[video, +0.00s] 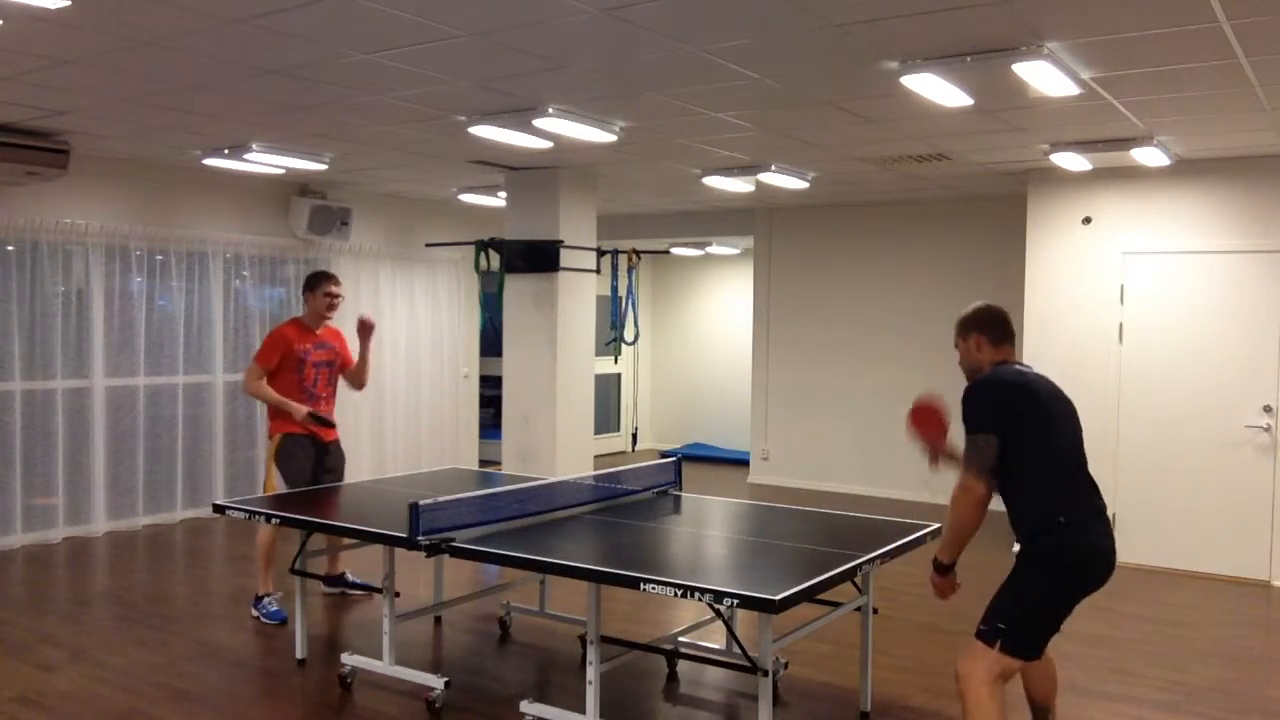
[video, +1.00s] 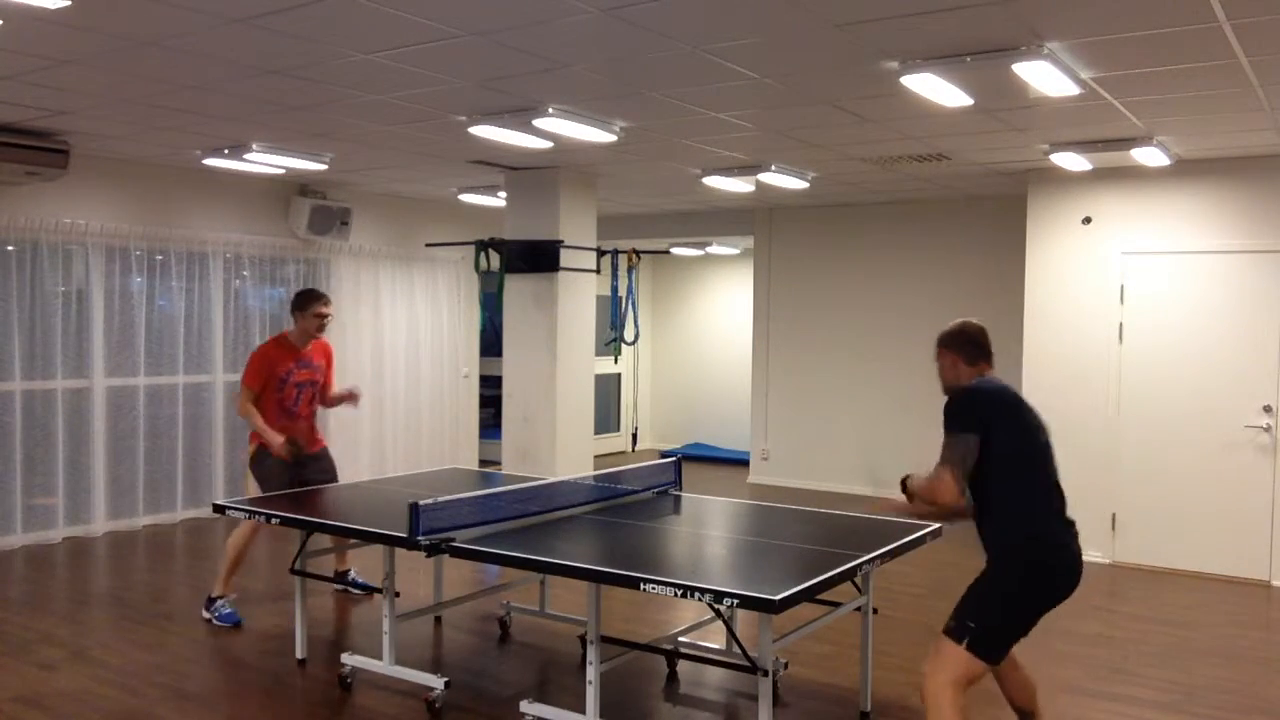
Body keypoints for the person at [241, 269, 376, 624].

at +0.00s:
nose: (334, 303)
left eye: (338, 298)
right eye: (328, 296)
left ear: (338, 302)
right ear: (308, 297)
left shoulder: (334, 337)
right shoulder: (285, 334)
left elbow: (358, 381)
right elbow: (251, 382)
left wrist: (365, 342)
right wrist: (292, 406)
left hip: (327, 437)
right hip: (291, 437)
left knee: (333, 509)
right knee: (277, 514)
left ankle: (334, 573)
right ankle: (264, 594)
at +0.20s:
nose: (343, 305)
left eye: (346, 300)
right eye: (337, 298)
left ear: (346, 304)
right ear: (318, 297)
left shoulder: (343, 336)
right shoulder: (293, 337)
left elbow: (374, 370)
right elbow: (271, 388)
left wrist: (364, 325)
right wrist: (309, 403)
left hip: (340, 436)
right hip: (303, 436)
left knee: (343, 507)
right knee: (286, 514)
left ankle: (340, 572)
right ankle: (265, 594)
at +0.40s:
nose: (351, 309)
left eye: (355, 304)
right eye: (345, 303)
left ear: (354, 306)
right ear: (326, 300)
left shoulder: (352, 336)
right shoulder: (301, 338)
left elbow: (381, 372)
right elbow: (279, 389)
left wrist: (372, 328)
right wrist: (315, 408)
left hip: (348, 438)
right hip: (309, 439)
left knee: (351, 508)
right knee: (289, 513)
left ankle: (341, 571)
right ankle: (269, 591)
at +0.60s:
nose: (352, 312)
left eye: (355, 307)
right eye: (347, 305)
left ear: (354, 308)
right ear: (327, 302)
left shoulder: (350, 338)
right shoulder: (296, 340)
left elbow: (379, 373)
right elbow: (278, 390)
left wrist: (371, 330)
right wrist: (316, 412)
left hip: (341, 441)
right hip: (300, 442)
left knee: (348, 510)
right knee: (280, 516)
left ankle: (340, 572)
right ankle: (261, 591)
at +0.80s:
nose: (341, 314)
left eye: (344, 308)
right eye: (336, 307)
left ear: (341, 310)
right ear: (314, 306)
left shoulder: (339, 341)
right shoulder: (285, 343)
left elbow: (358, 386)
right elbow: (262, 392)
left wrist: (363, 347)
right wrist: (299, 417)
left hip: (324, 443)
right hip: (284, 442)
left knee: (339, 510)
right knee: (269, 516)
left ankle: (339, 572)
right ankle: (252, 594)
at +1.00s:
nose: (325, 323)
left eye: (328, 317)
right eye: (319, 317)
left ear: (327, 319)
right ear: (297, 316)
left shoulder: (323, 351)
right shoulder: (267, 354)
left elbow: (323, 398)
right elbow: (244, 403)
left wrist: (341, 397)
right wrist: (270, 435)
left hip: (311, 447)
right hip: (272, 450)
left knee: (337, 509)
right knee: (258, 517)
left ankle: (342, 572)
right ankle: (217, 597)